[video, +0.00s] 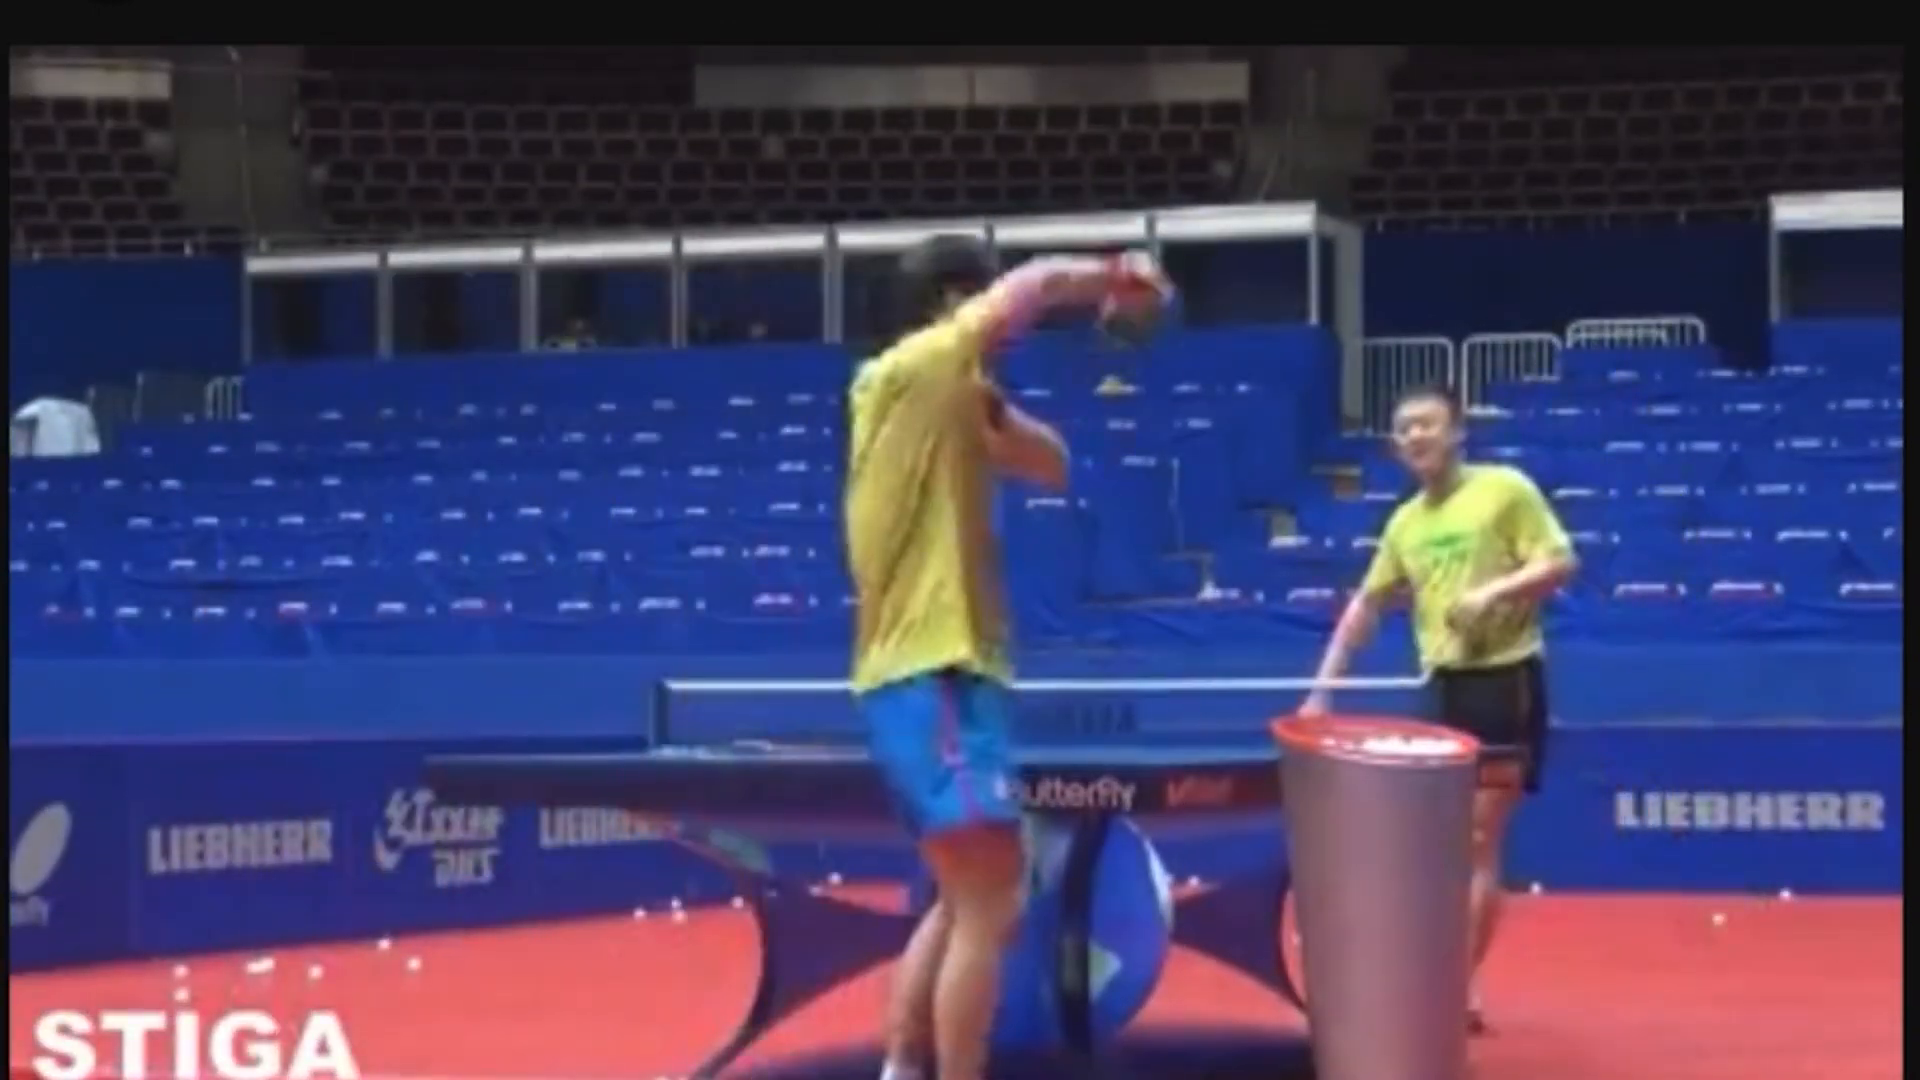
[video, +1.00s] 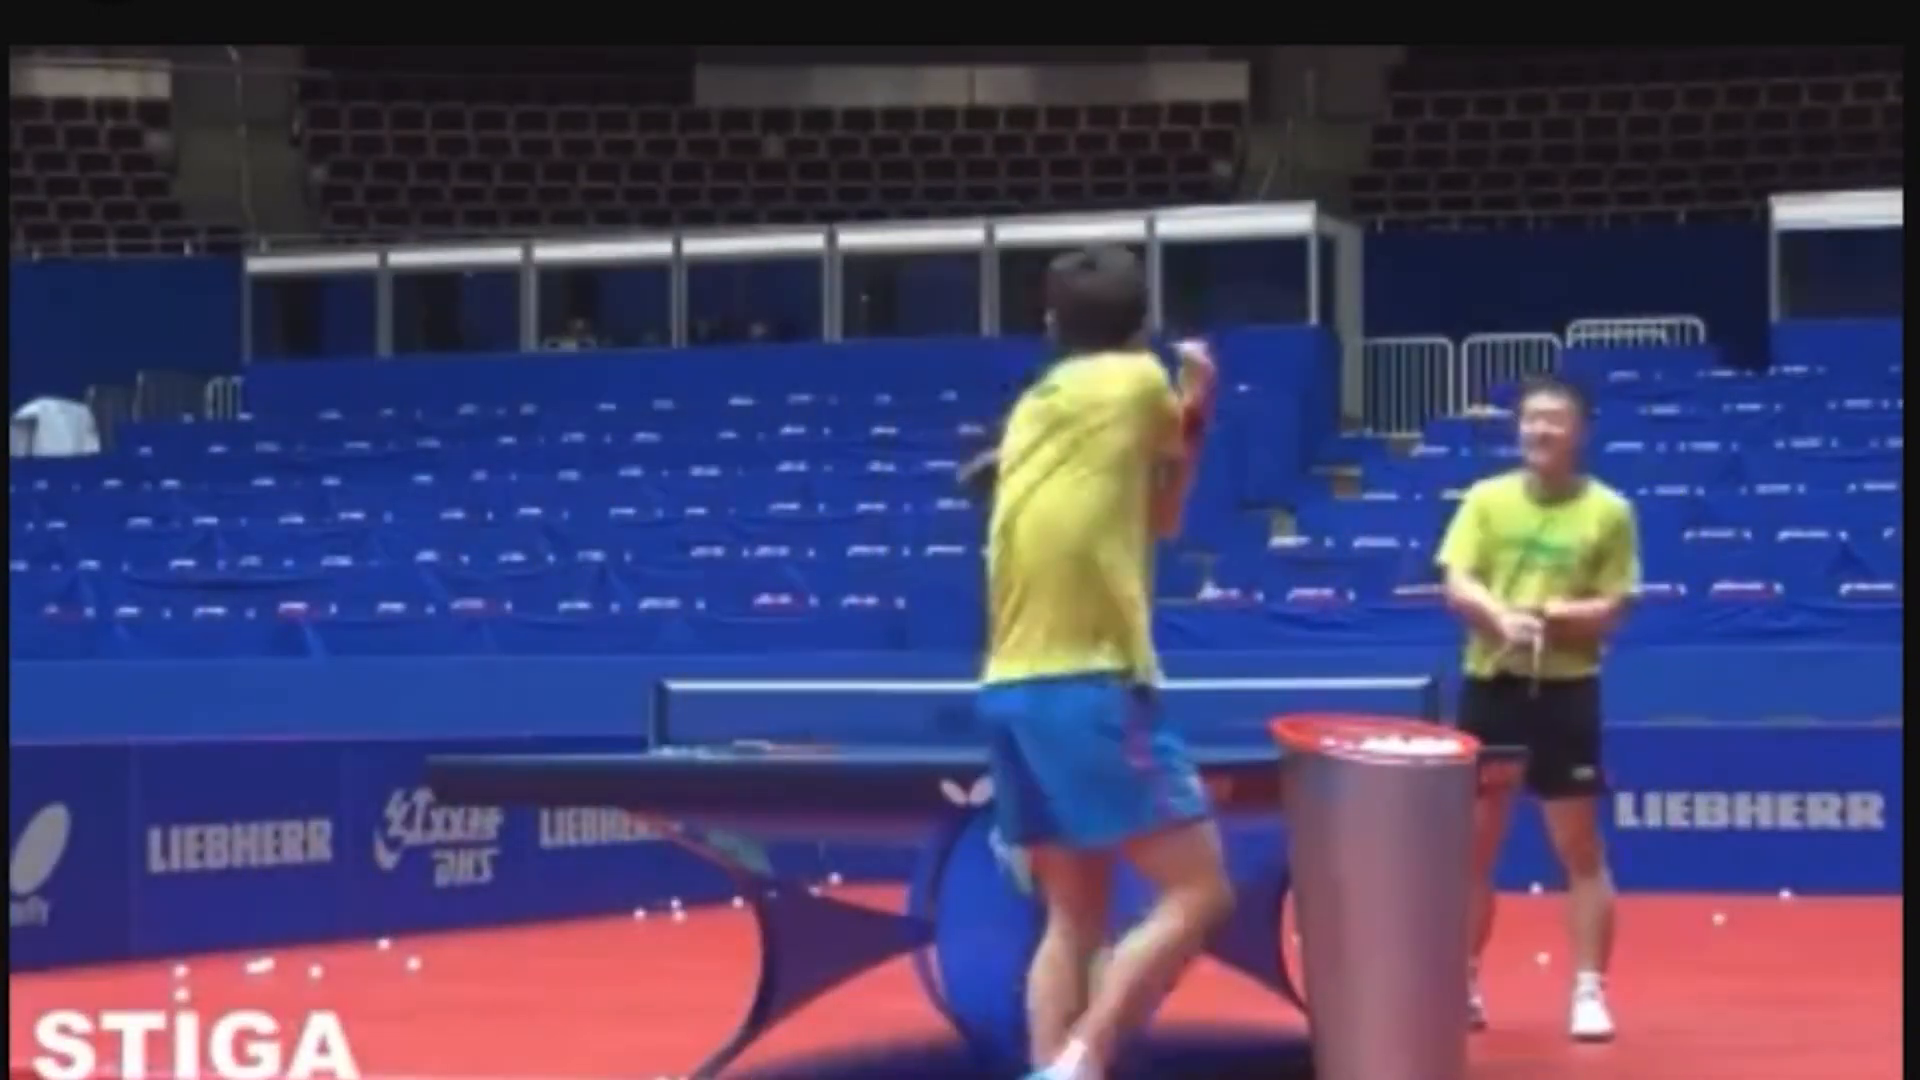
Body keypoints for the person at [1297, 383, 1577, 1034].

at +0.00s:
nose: (1418, 437)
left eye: (1430, 425)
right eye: (1408, 428)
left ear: (1458, 431)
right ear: (1396, 443)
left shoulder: (1505, 488)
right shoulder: (1404, 523)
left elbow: (1559, 560)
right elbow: (1365, 605)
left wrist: (1489, 595)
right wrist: (1323, 686)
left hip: (1504, 675)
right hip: (1443, 679)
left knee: (1481, 841)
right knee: (1435, 838)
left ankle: (1461, 987)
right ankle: (1431, 984)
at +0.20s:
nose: (1408, 440)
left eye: (1419, 426)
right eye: (1398, 431)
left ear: (1451, 430)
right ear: (1389, 445)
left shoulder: (1499, 489)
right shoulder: (1400, 522)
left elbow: (1553, 560)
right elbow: (1362, 606)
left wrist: (1483, 600)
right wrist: (1333, 685)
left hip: (1499, 672)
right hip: (1438, 677)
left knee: (1491, 834)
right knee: (1446, 834)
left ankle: (1492, 978)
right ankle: (1464, 972)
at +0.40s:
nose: (1409, 443)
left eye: (1421, 429)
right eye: (1400, 433)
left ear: (1453, 432)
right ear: (1393, 446)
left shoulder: (1500, 491)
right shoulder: (1400, 523)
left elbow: (1543, 569)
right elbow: (1379, 606)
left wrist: (1467, 610)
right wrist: (1352, 669)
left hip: (1504, 670)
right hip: (1441, 678)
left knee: (1519, 827)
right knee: (1446, 840)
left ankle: (1554, 973)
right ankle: (1454, 984)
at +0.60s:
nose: (1430, 439)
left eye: (1443, 426)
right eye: (1421, 428)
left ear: (1474, 432)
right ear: (1411, 439)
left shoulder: (1515, 494)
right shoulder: (1409, 517)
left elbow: (1540, 573)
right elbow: (1395, 596)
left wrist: (1455, 612)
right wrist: (1408, 619)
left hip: (1514, 670)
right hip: (1448, 673)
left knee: (1546, 834)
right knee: (1449, 843)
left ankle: (1583, 977)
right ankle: (1456, 984)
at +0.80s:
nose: (1481, 435)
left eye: (1494, 423)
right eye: (1473, 424)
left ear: (1520, 434)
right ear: (1460, 435)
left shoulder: (1560, 503)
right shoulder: (1440, 509)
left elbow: (1576, 591)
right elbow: (1418, 587)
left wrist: (1506, 601)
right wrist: (1443, 602)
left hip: (1538, 680)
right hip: (1462, 680)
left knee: (1562, 843)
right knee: (1458, 846)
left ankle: (1586, 984)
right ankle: (1458, 985)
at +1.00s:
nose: (1541, 433)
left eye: (1555, 422)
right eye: (1532, 421)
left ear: (1581, 432)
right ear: (1518, 430)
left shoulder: (1609, 514)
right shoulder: (1485, 500)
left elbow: (1613, 605)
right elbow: (1454, 579)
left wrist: (1546, 613)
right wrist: (1500, 619)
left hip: (1566, 684)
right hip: (1492, 680)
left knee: (1579, 846)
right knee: (1476, 840)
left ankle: (1590, 985)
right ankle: (1463, 979)